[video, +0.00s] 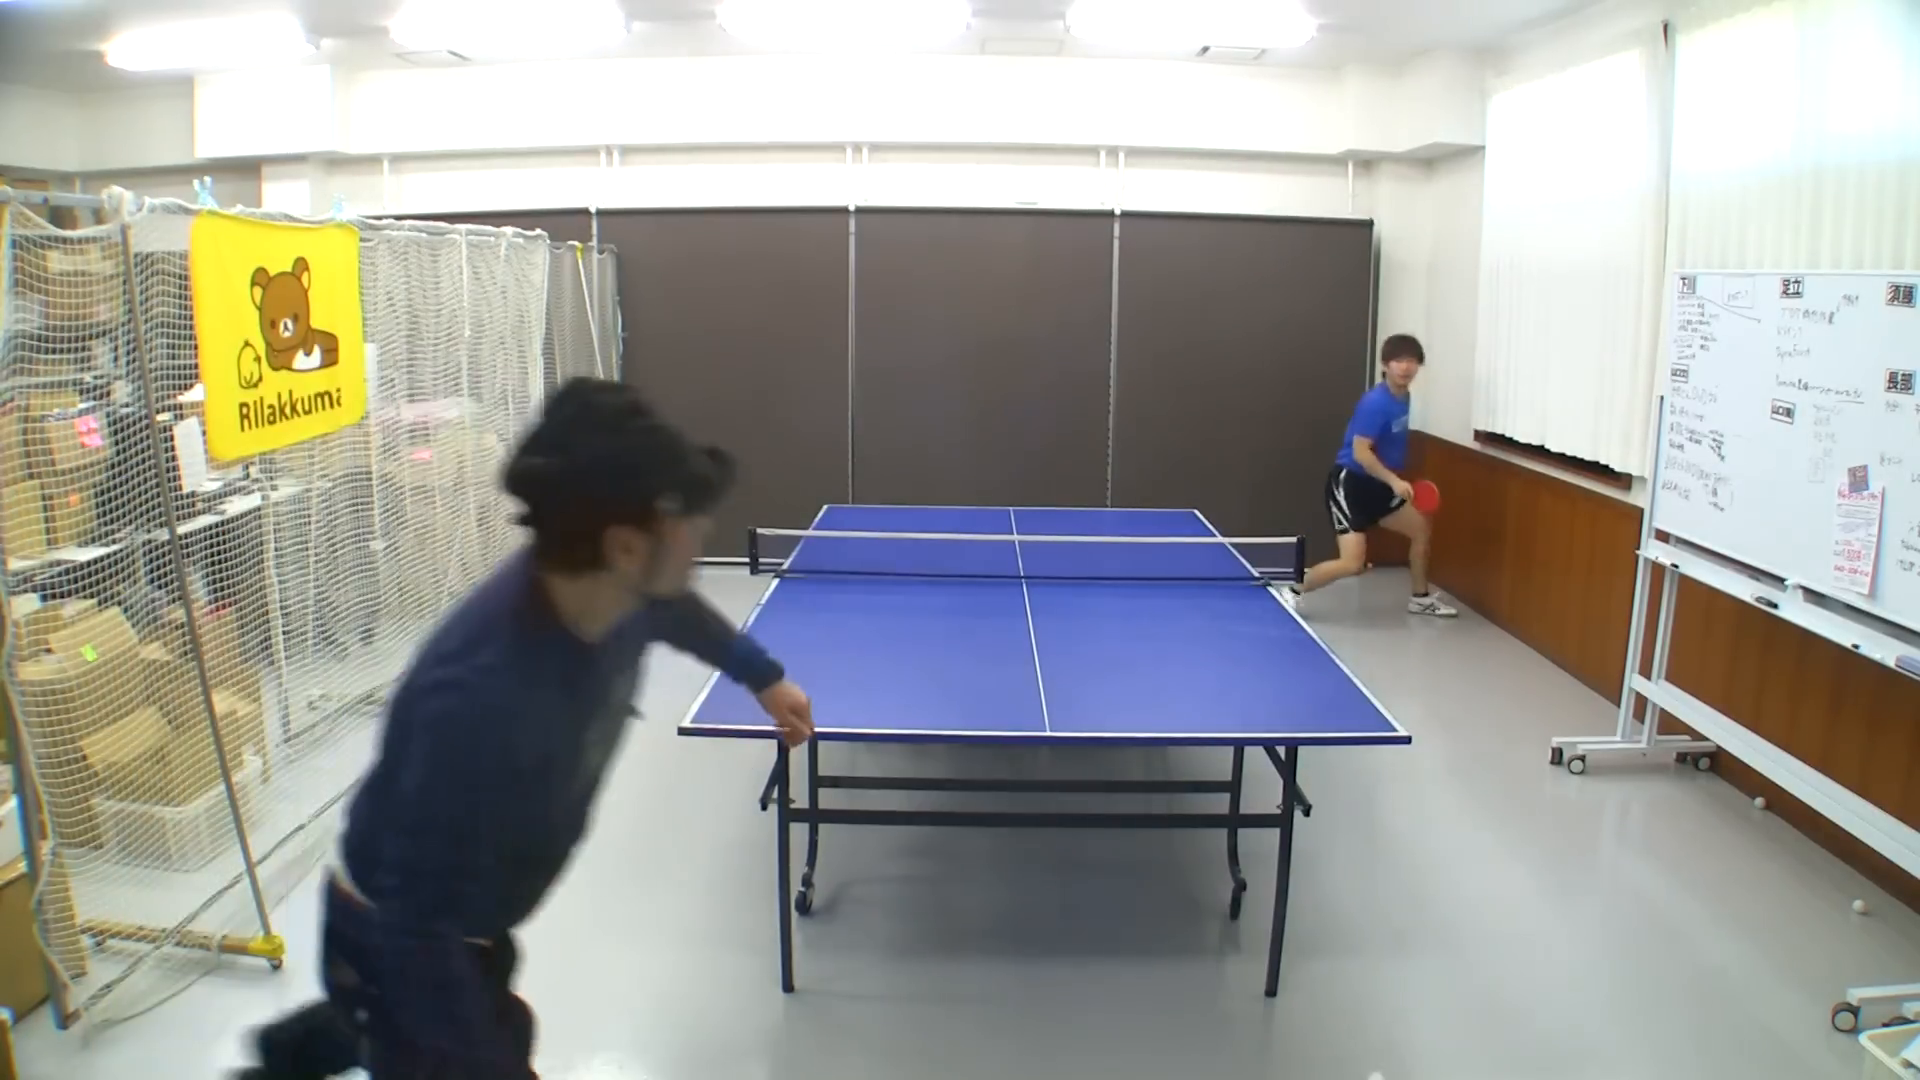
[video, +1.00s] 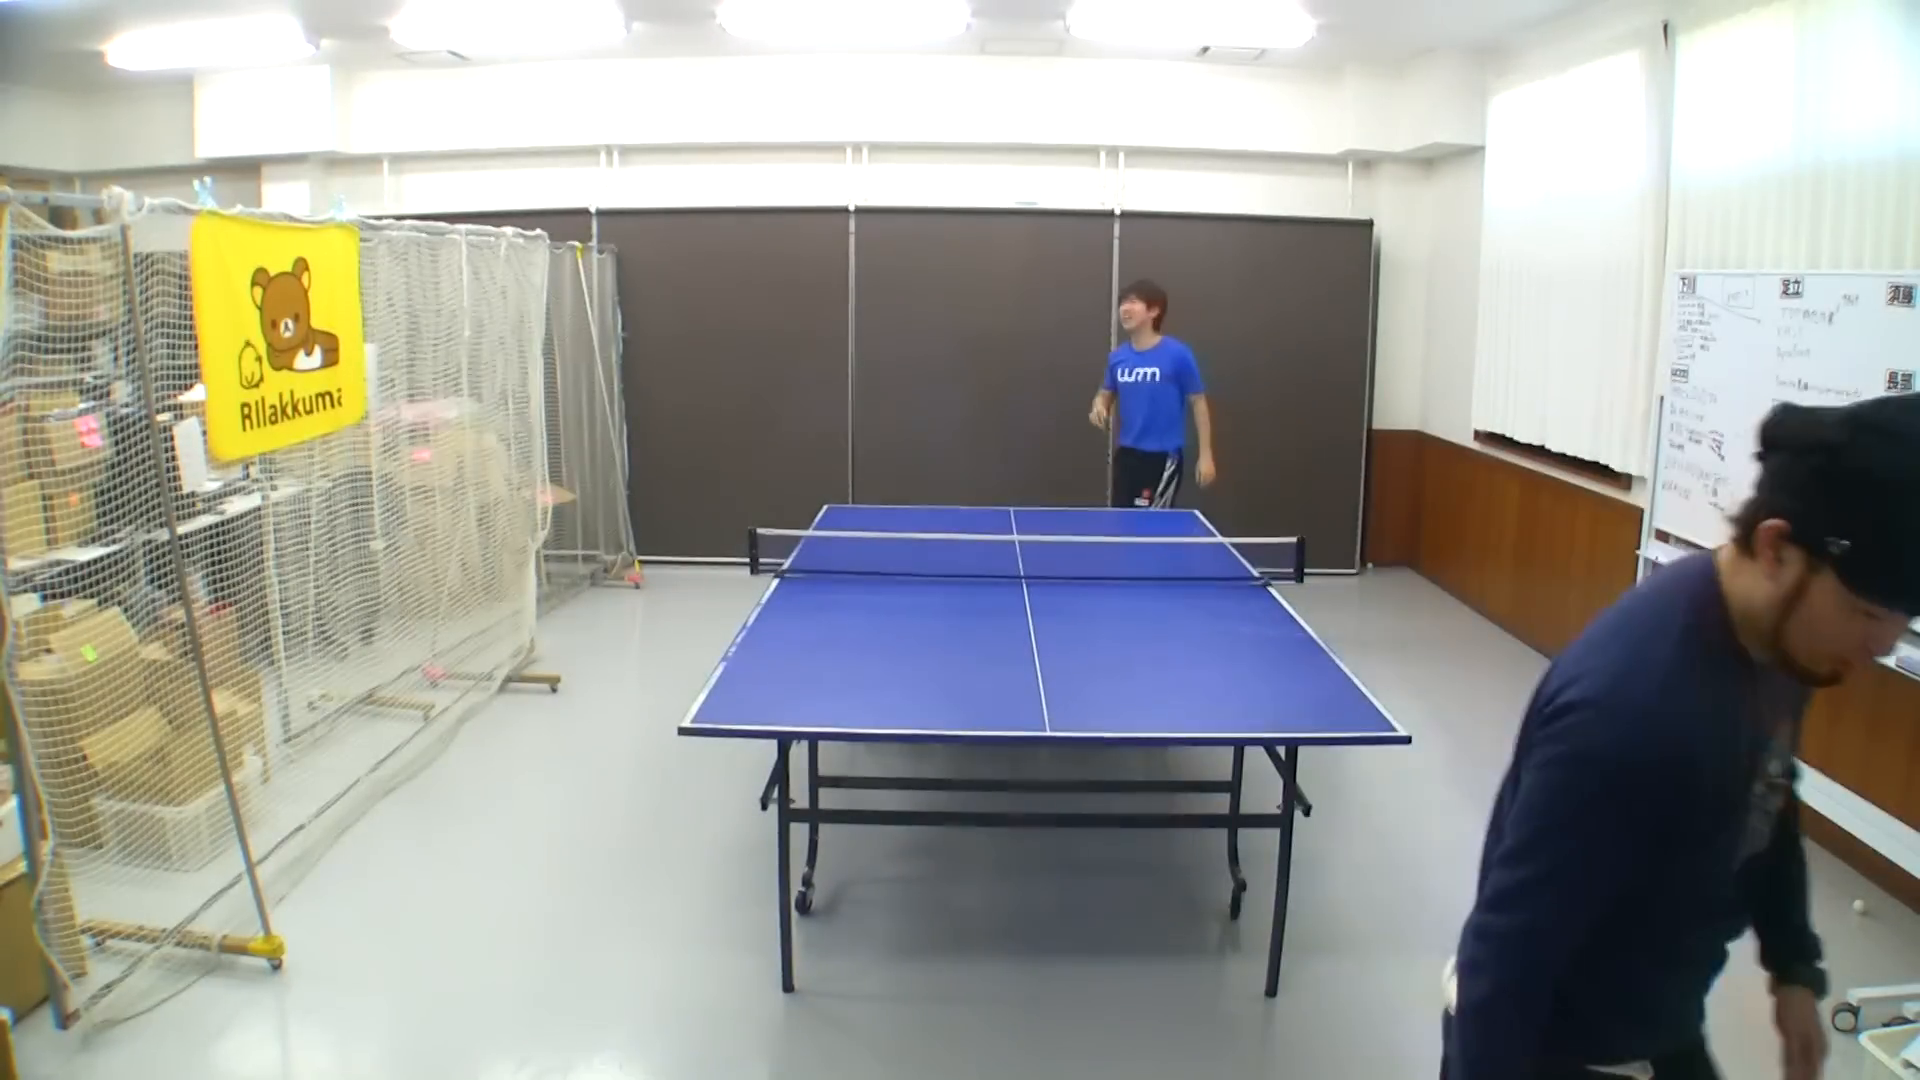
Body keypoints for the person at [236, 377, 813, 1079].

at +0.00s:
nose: (698, 534)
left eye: (692, 515)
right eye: (684, 519)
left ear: (624, 547)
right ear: (625, 548)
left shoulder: (609, 592)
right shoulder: (476, 687)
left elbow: (675, 611)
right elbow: (407, 915)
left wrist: (764, 678)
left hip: (474, 914)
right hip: (401, 942)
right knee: (492, 1061)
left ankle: (294, 1049)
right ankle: (295, 1057)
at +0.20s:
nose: (1040, 555)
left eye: (1042, 532)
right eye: (1028, 532)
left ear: (941, 528)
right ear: (954, 531)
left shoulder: (835, 553)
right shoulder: (821, 653)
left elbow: (738, 583)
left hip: (764, 922)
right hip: (663, 954)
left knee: (911, 1054)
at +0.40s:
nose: (1383, 649)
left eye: (1390, 623)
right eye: (1379, 618)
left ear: (1304, 600)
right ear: (1308, 602)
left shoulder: (1144, 636)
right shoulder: (1198, 805)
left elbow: (1026, 768)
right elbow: (1125, 1048)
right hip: (1007, 1059)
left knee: (1233, 1065)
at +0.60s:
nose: (1596, 644)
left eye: (1616, 621)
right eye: (1606, 614)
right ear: (1535, 561)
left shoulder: (1396, 578)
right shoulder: (1367, 714)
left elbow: (1354, 754)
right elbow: (1223, 974)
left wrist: (1471, 825)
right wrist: (1207, 1068)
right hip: (1210, 1021)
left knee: (1372, 1059)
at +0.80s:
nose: (1753, 566)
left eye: (1767, 539)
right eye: (1752, 531)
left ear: (1665, 481)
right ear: (1669, 478)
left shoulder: (1613, 560)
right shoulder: (1513, 634)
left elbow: (1629, 735)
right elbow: (1410, 939)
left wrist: (1628, 883)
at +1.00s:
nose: (1883, 648)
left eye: (1895, 622)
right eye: (1869, 613)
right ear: (1775, 548)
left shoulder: (1770, 634)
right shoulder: (1627, 701)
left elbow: (1766, 813)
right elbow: (1507, 956)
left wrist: (1793, 973)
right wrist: (1486, 1070)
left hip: (1661, 1019)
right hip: (1549, 1041)